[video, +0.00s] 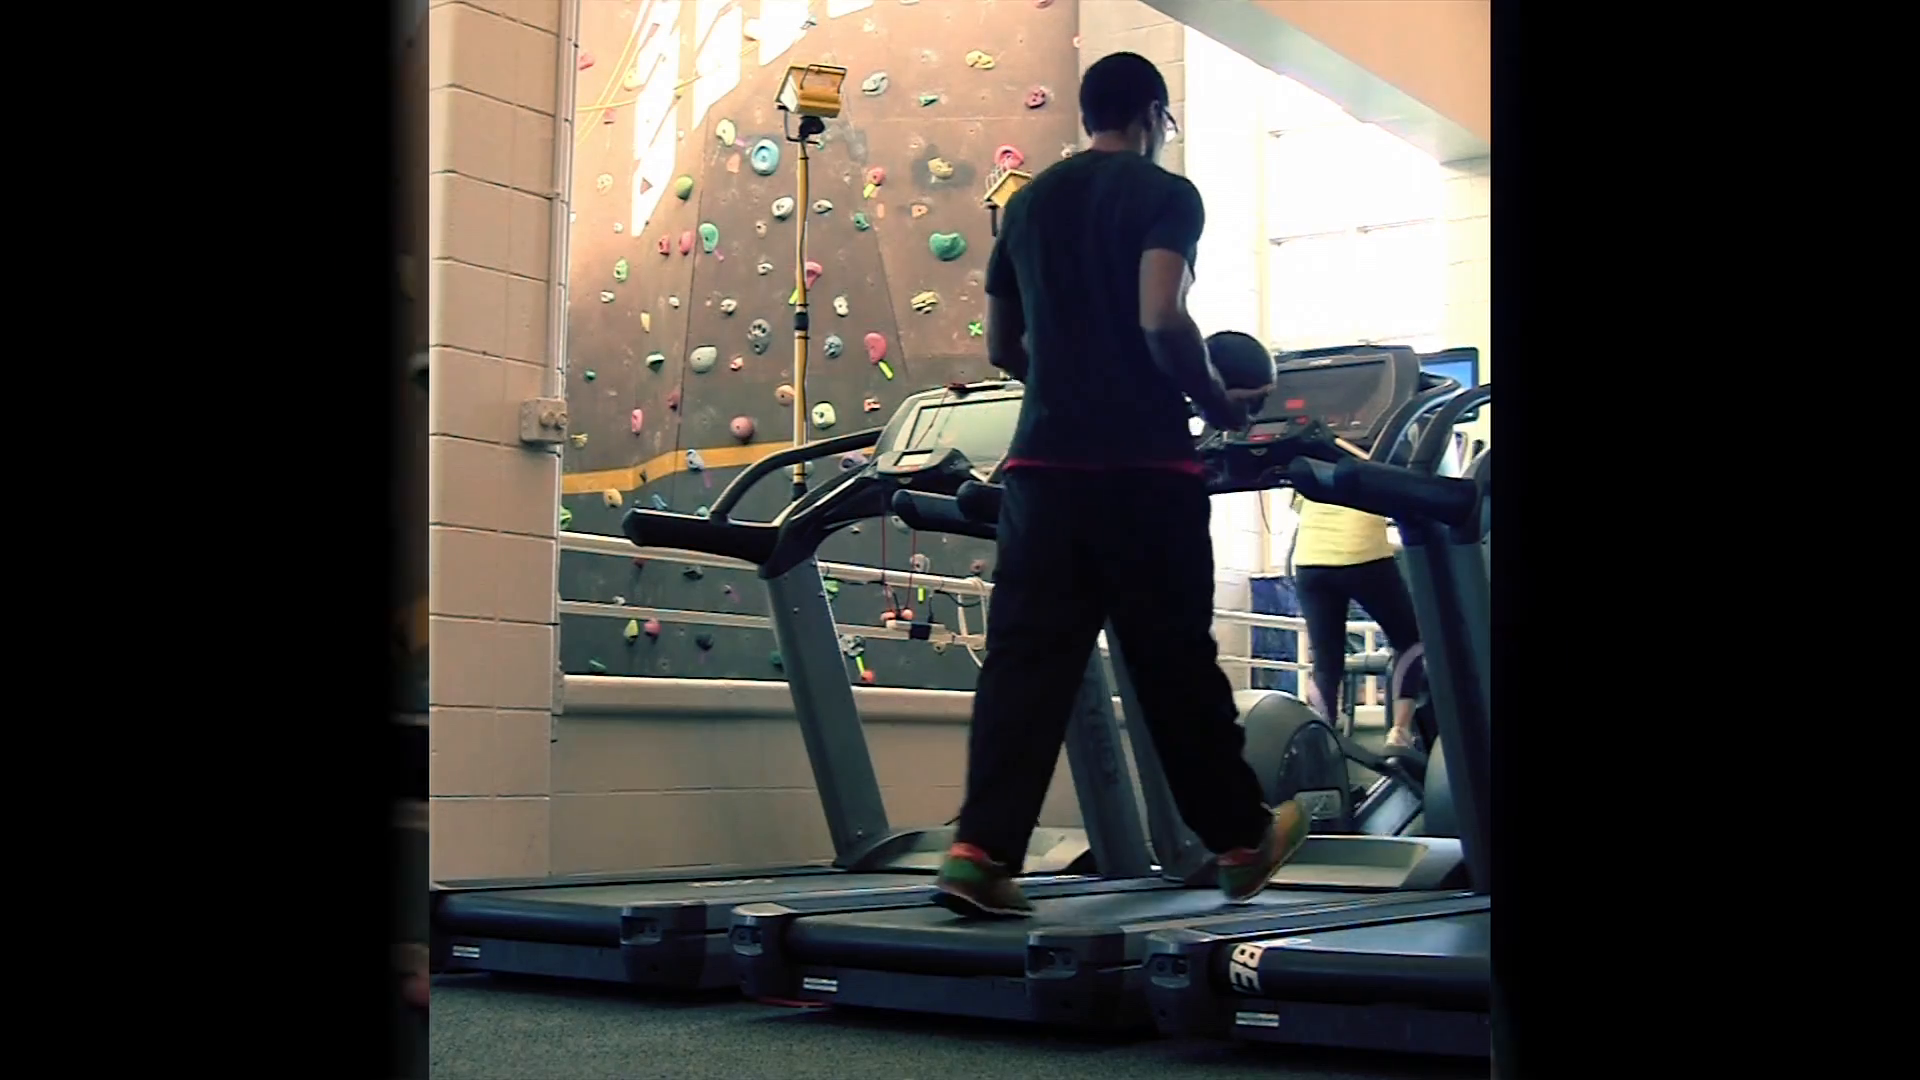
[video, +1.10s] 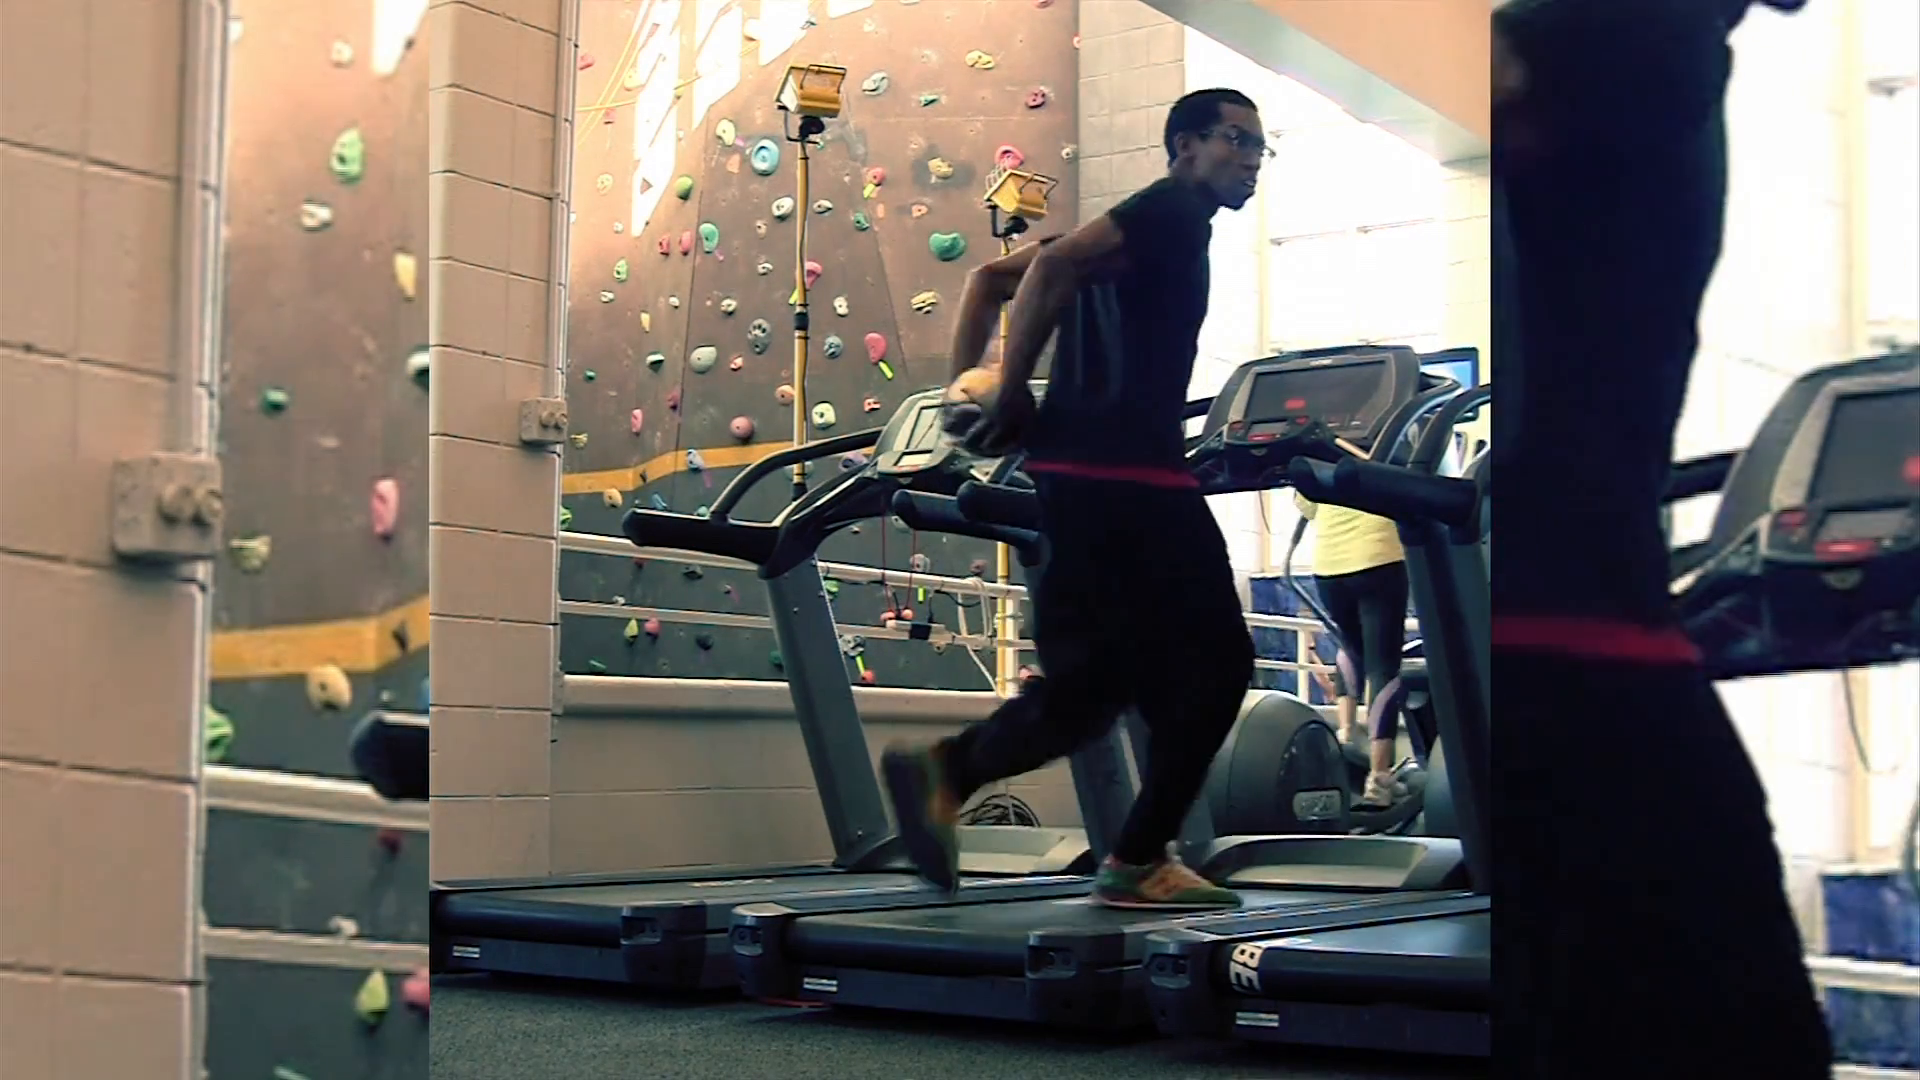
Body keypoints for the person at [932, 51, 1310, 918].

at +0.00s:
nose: (1169, 133)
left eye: (1164, 123)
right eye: (1168, 122)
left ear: (1085, 118)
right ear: (1154, 117)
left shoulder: (1023, 202)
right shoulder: (1166, 192)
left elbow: (1005, 347)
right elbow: (1160, 319)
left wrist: (1078, 382)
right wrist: (1218, 400)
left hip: (1043, 475)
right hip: (1146, 475)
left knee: (1022, 661)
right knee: (1175, 659)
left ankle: (980, 852)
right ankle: (1241, 841)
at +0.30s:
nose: (1180, 124)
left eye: (1179, 112)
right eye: (1179, 111)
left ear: (1096, 102)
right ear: (1163, 103)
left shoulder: (1030, 186)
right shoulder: (1174, 179)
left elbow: (1002, 337)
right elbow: (1188, 321)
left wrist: (1021, 452)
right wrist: (1222, 386)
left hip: (1057, 459)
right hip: (1150, 455)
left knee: (1081, 644)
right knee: (1166, 654)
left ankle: (1022, 762)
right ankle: (1131, 862)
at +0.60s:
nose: (1158, 150)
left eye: (1155, 138)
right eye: (1155, 137)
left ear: (1076, 132)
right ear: (1133, 125)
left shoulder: (1018, 212)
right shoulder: (1155, 195)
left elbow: (963, 337)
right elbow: (1213, 326)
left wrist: (936, 470)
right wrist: (1280, 380)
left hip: (1046, 467)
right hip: (1127, 459)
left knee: (1099, 658)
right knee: (1077, 656)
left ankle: (1126, 852)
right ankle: (994, 846)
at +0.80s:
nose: (1176, 139)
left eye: (1178, 127)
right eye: (1170, 123)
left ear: (1102, 114)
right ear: (1128, 106)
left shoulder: (1025, 197)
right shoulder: (1142, 158)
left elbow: (945, 302)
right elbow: (1187, 230)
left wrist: (968, 414)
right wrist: (1293, 302)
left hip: (1031, 447)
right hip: (1121, 438)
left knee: (1037, 641)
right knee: (1157, 625)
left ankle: (1042, 856)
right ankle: (1046, 776)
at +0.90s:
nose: (1204, 138)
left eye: (1206, 124)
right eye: (1196, 120)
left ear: (1127, 116)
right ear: (1148, 110)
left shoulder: (1045, 198)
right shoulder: (1155, 162)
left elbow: (958, 278)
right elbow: (1130, 219)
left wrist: (974, 370)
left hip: (1035, 456)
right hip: (1131, 451)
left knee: (1018, 648)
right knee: (1185, 627)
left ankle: (985, 856)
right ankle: (1128, 825)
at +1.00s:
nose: (1234, 150)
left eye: (1237, 138)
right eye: (1220, 132)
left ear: (1169, 142)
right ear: (1167, 131)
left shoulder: (1101, 205)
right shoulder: (1170, 189)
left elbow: (978, 270)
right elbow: (1079, 235)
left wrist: (964, 366)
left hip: (1052, 475)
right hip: (1133, 474)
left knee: (1029, 654)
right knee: (1204, 647)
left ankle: (942, 848)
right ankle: (1189, 853)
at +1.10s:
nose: (1256, 158)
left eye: (1259, 146)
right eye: (1240, 140)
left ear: (1185, 156)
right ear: (1188, 145)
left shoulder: (1130, 218)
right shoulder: (1178, 205)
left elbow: (992, 275)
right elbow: (1058, 261)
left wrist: (956, 389)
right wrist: (1011, 385)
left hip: (1079, 483)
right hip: (1137, 482)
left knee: (1096, 680)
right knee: (1217, 663)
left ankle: (947, 774)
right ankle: (1138, 859)